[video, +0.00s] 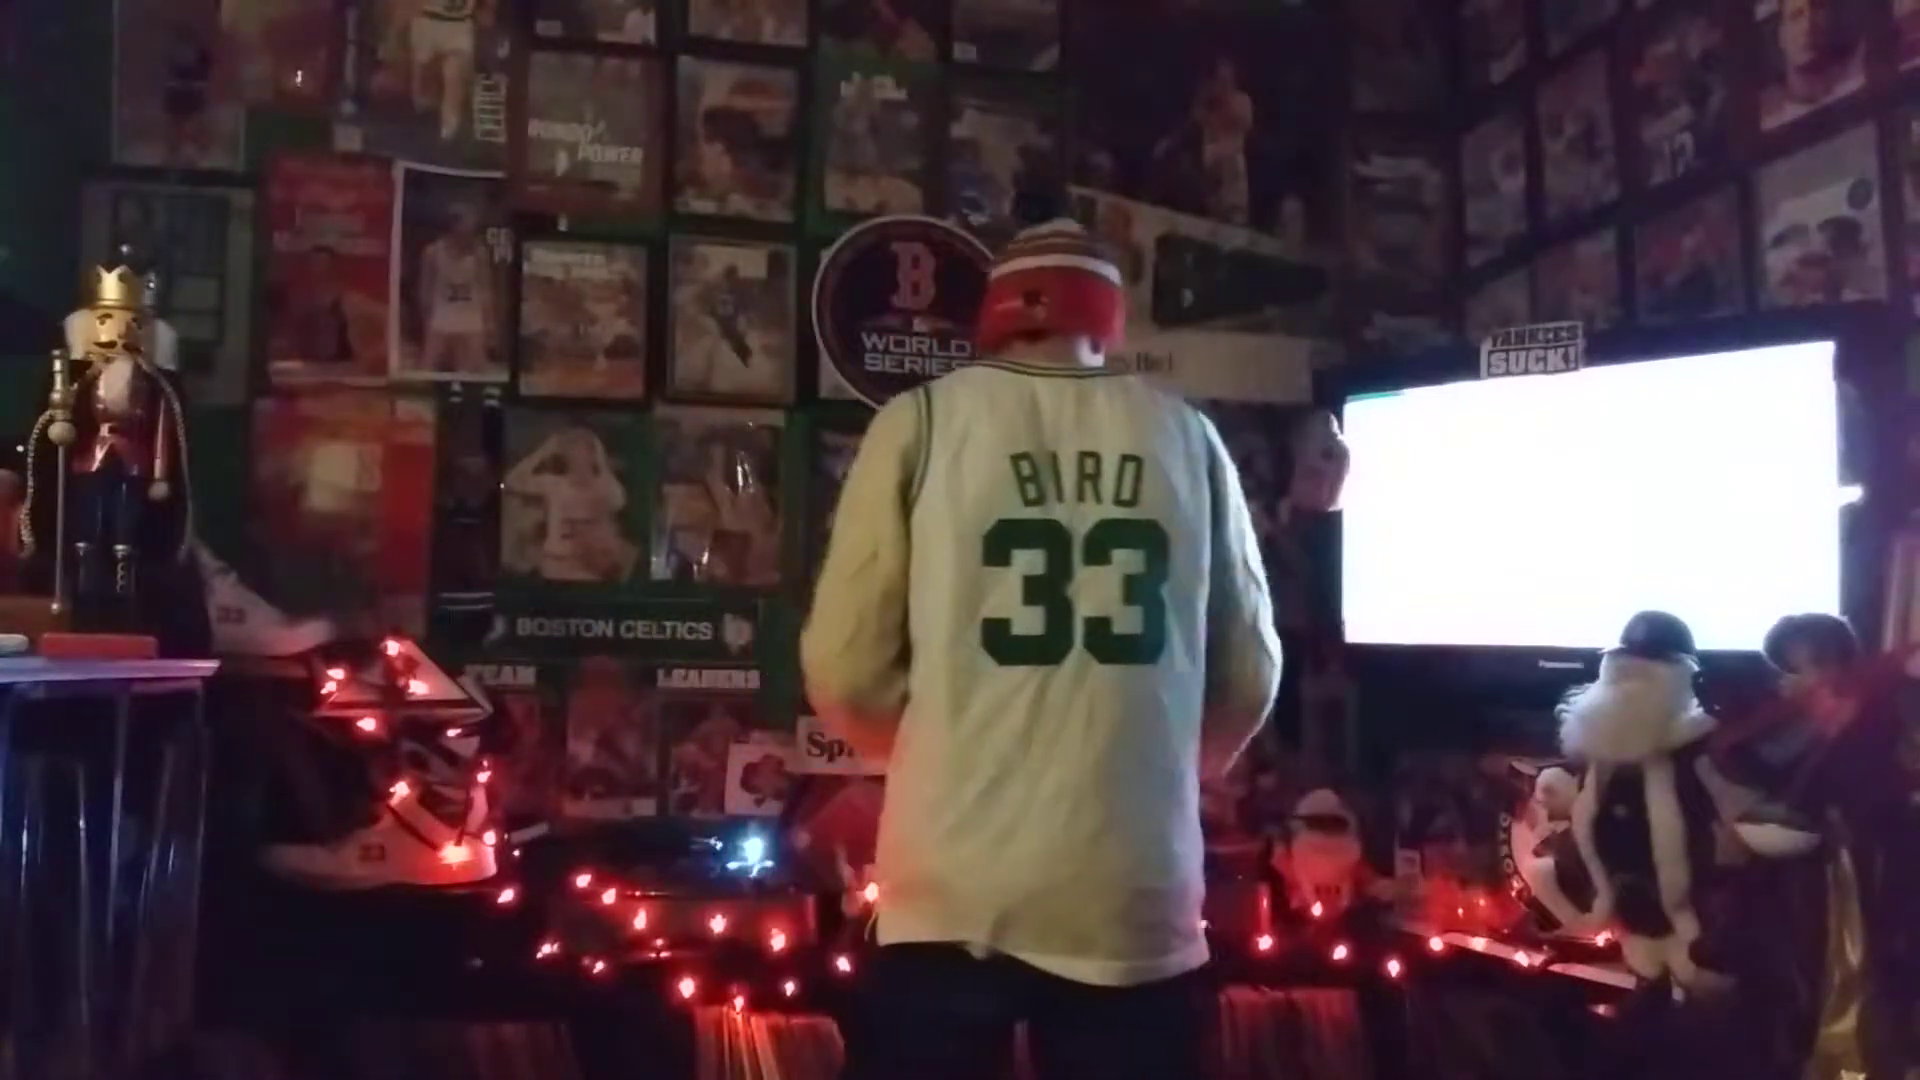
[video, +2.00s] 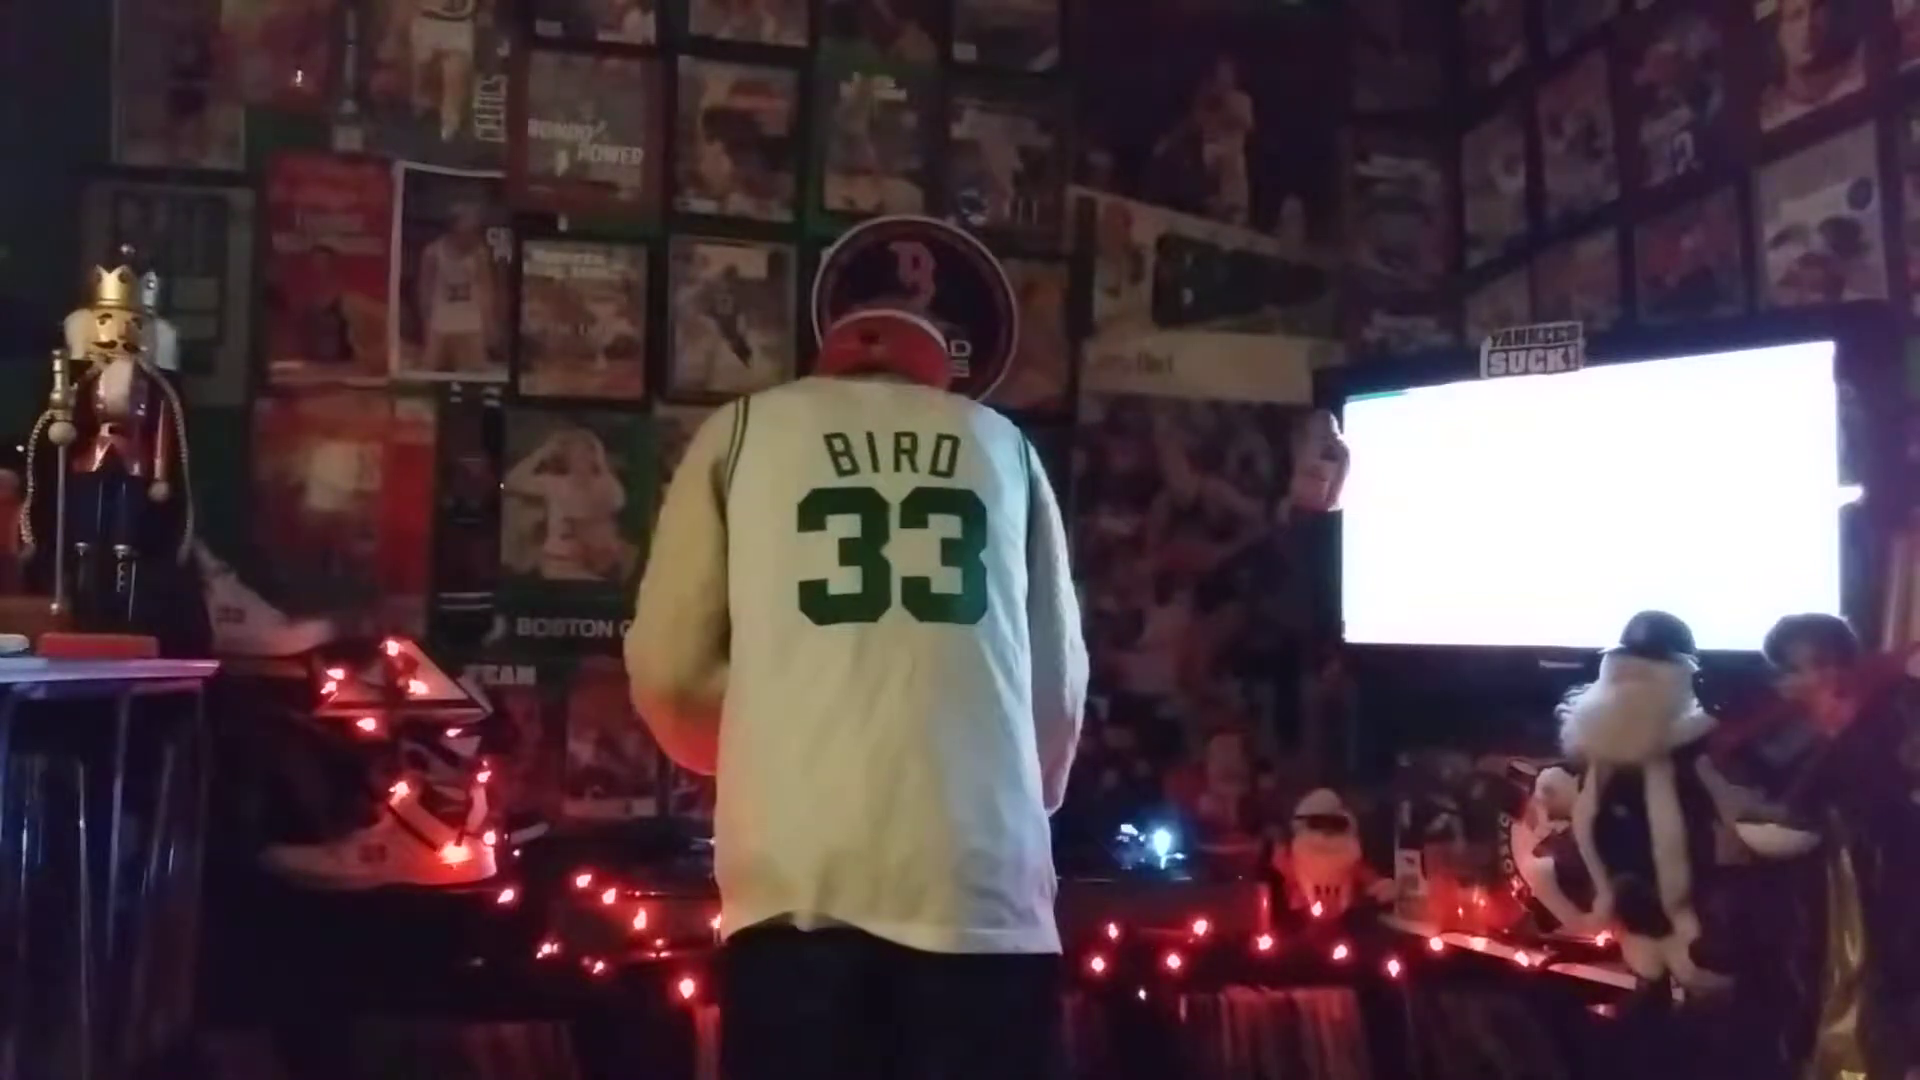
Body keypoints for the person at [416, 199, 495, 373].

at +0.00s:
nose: (467, 234)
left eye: (470, 229)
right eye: (463, 228)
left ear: (474, 229)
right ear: (453, 227)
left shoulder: (480, 252)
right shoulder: (433, 253)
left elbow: (487, 291)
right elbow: (425, 290)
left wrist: (490, 326)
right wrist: (427, 317)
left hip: (472, 328)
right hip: (440, 328)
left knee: (472, 381)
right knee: (433, 380)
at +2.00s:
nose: (468, 236)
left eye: (472, 231)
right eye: (464, 230)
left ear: (477, 230)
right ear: (454, 229)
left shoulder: (481, 252)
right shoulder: (434, 253)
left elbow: (487, 289)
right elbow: (425, 288)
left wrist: (490, 323)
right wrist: (427, 317)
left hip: (472, 327)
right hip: (440, 327)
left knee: (472, 380)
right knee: (434, 380)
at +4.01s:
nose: (467, 235)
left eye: (471, 230)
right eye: (463, 230)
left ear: (476, 230)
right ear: (453, 228)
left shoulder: (480, 252)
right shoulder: (434, 252)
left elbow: (486, 288)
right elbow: (425, 287)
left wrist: (489, 321)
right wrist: (426, 316)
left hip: (471, 327)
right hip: (440, 326)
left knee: (472, 378)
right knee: (432, 378)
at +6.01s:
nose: (467, 236)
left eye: (471, 231)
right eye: (463, 231)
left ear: (476, 230)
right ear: (452, 228)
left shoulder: (480, 253)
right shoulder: (434, 253)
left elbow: (487, 290)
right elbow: (426, 288)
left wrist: (489, 323)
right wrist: (427, 320)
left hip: (472, 326)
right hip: (440, 325)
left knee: (475, 377)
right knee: (429, 377)